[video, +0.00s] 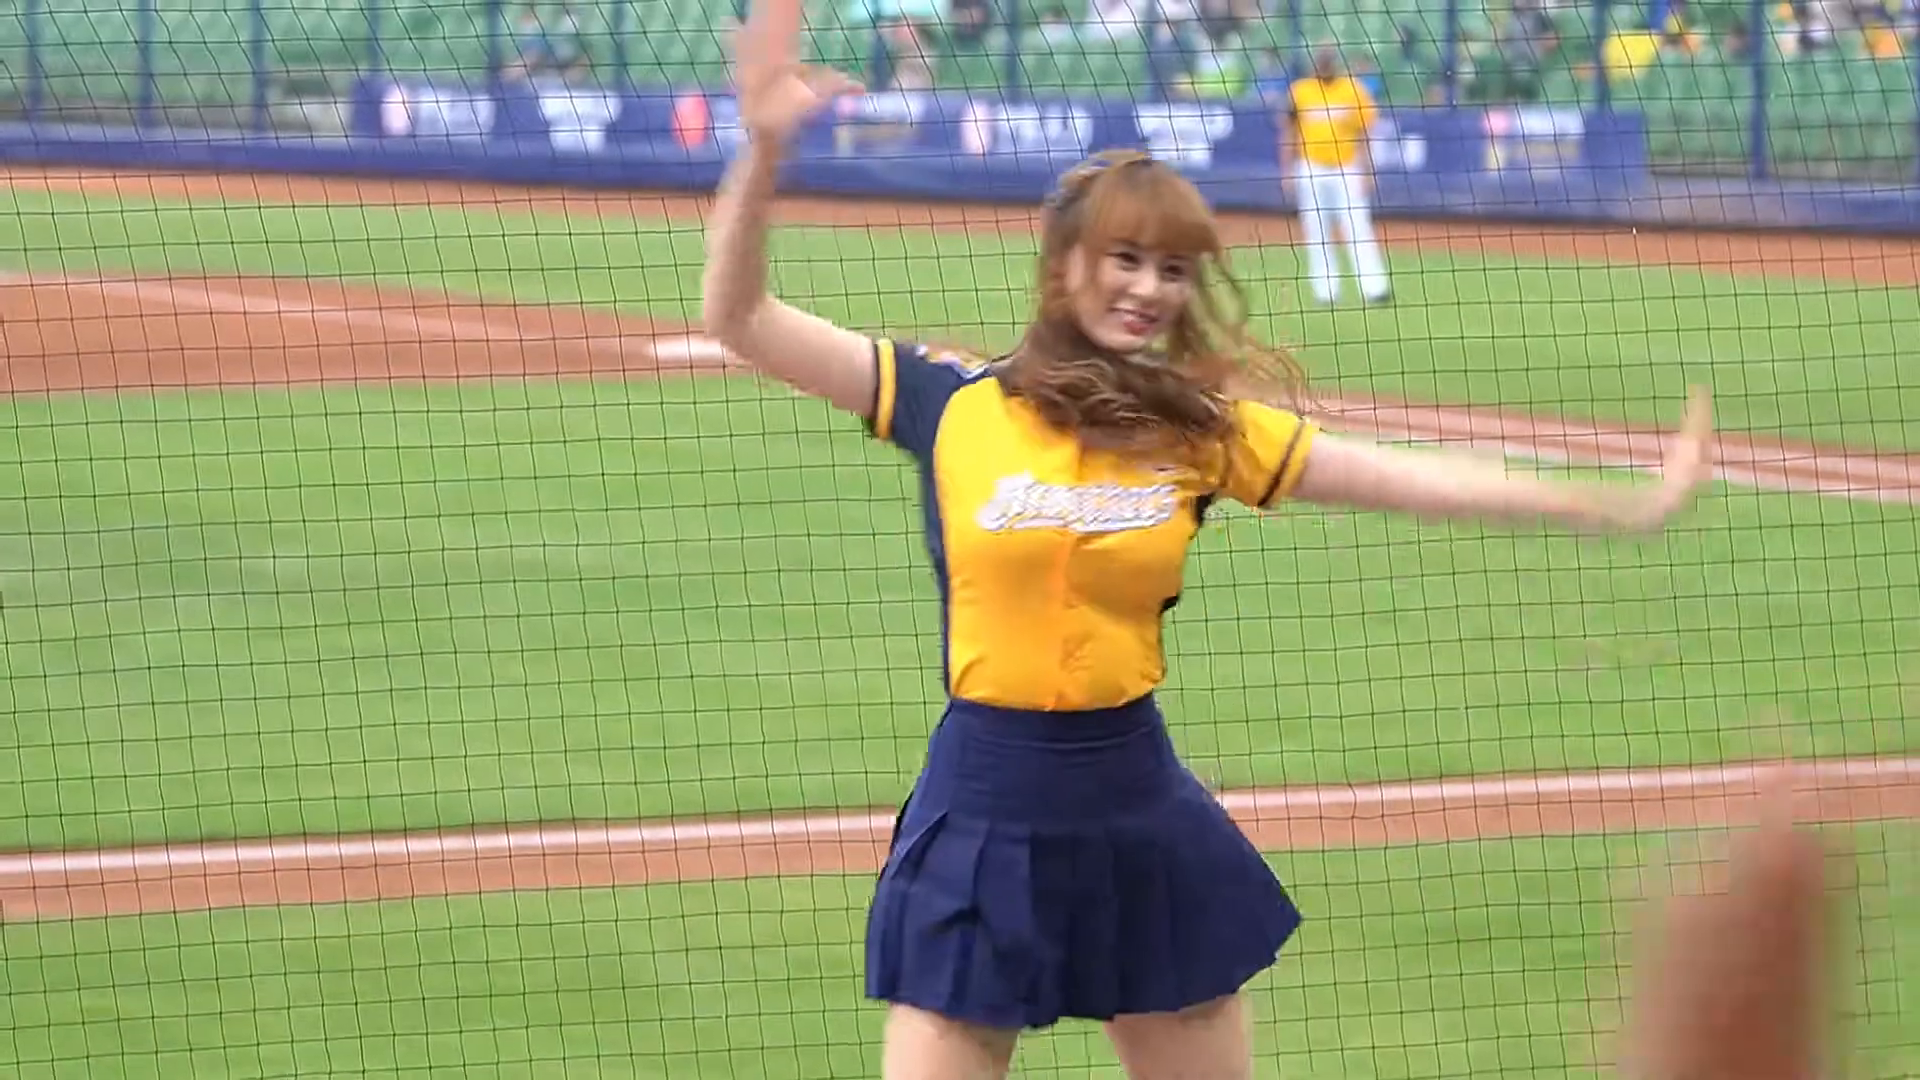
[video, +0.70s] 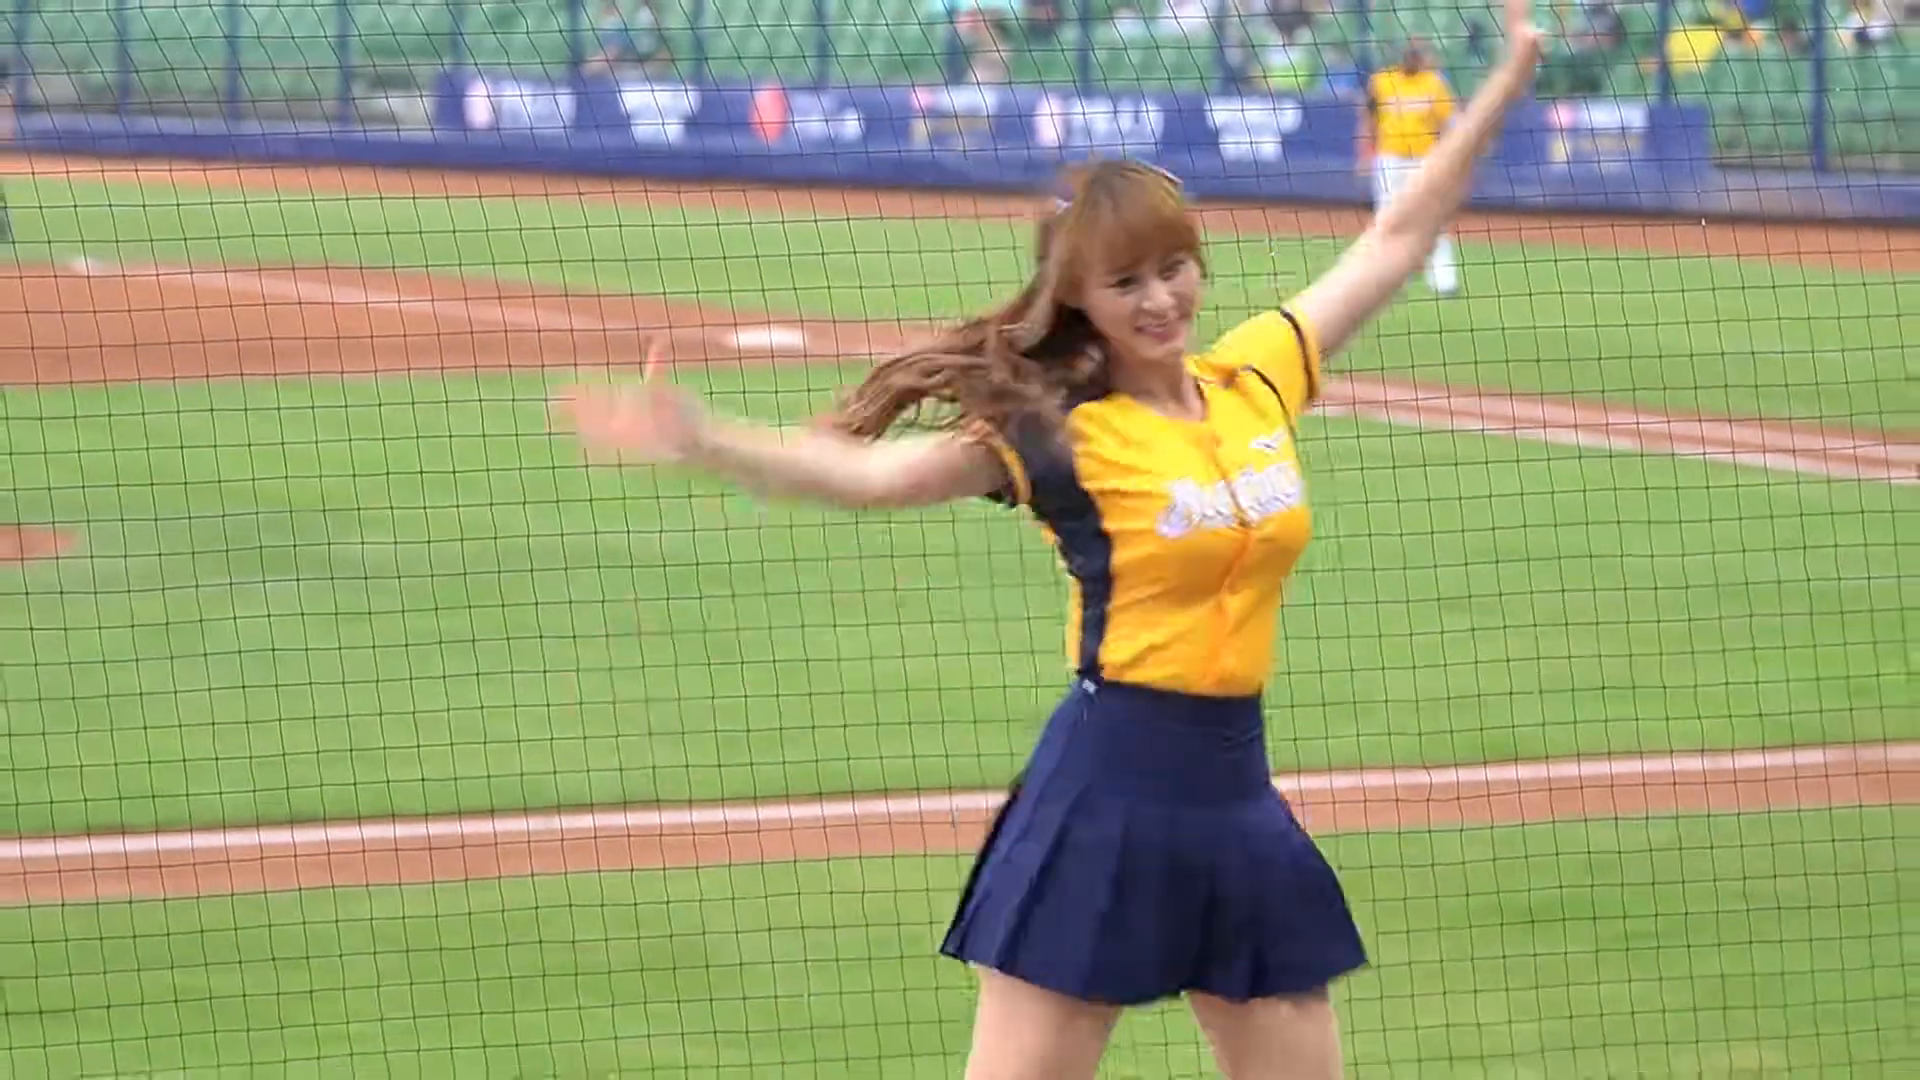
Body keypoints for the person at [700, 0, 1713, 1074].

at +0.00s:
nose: (1149, 286)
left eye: (1174, 266)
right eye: (1123, 258)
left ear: (1196, 289)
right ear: (1059, 267)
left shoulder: (1208, 433)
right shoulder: (949, 402)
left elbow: (1418, 475)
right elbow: (733, 317)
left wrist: (1620, 511)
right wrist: (762, 146)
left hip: (1140, 814)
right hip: (976, 814)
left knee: (1209, 1069)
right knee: (927, 1066)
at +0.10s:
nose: (1103, 305)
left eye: (1121, 281)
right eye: (1074, 279)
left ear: (1141, 299)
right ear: (1015, 294)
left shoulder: (1183, 437)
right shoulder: (920, 441)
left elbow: (1388, 381)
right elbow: (723, 322)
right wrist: (645, 138)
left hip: (1135, 831)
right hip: (979, 839)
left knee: (1212, 1065)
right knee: (961, 1066)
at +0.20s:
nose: (1086, 268)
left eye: (1097, 243)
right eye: (1053, 246)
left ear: (1114, 255)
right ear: (984, 271)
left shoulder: (1168, 392)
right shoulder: (923, 437)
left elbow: (1373, 392)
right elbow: (687, 464)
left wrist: (1461, 260)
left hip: (1156, 792)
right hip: (1005, 806)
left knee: (1235, 1065)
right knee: (959, 1066)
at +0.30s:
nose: (1058, 282)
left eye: (1065, 254)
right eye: (1026, 262)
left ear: (1084, 260)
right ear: (953, 290)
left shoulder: (1157, 389)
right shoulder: (922, 483)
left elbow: (1309, 429)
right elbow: (759, 662)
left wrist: (1289, 353)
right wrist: (562, 769)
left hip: (1157, 791)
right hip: (1005, 813)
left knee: (1237, 1070)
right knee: (964, 1072)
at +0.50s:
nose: (1054, 321)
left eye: (1063, 290)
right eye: (1021, 303)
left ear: (1080, 288)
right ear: (951, 332)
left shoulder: (1137, 391)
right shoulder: (940, 505)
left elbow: (1256, 360)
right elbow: (921, 732)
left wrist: (1290, 266)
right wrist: (859, 948)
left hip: (1160, 807)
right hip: (1019, 827)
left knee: (1263, 1060)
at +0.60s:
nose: (1100, 276)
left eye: (1111, 245)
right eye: (1066, 260)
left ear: (1133, 242)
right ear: (1006, 284)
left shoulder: (1197, 343)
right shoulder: (1002, 438)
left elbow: (1326, 250)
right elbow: (886, 605)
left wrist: (1397, 131)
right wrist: (732, 709)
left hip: (1199, 757)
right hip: (1062, 761)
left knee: (1304, 1065)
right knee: (983, 1066)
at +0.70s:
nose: (1166, 292)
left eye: (1178, 263)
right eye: (1131, 278)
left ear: (1203, 263)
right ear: (1079, 303)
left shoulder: (1261, 373)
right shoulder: (1054, 434)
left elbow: (1402, 237)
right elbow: (870, 471)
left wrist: (1505, 87)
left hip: (1238, 784)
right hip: (1110, 780)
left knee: (1301, 1062)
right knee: (1017, 1063)